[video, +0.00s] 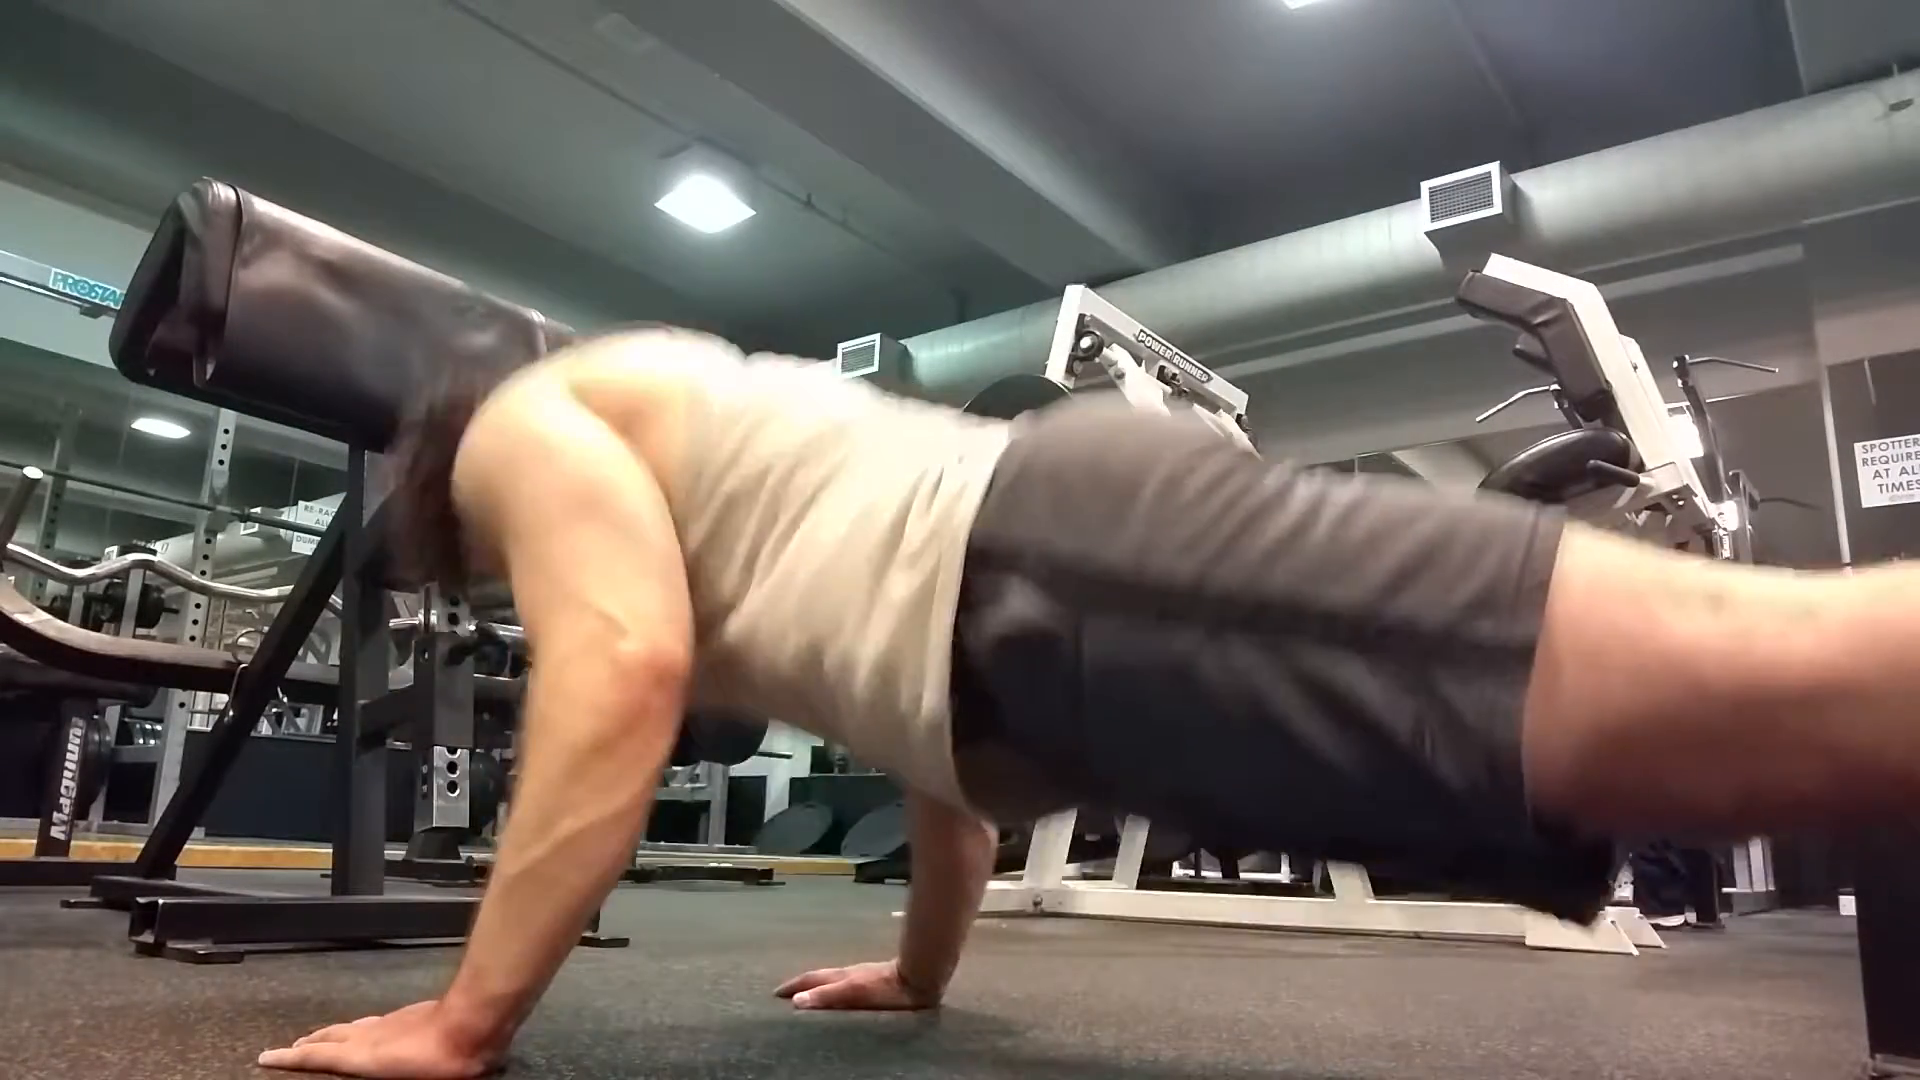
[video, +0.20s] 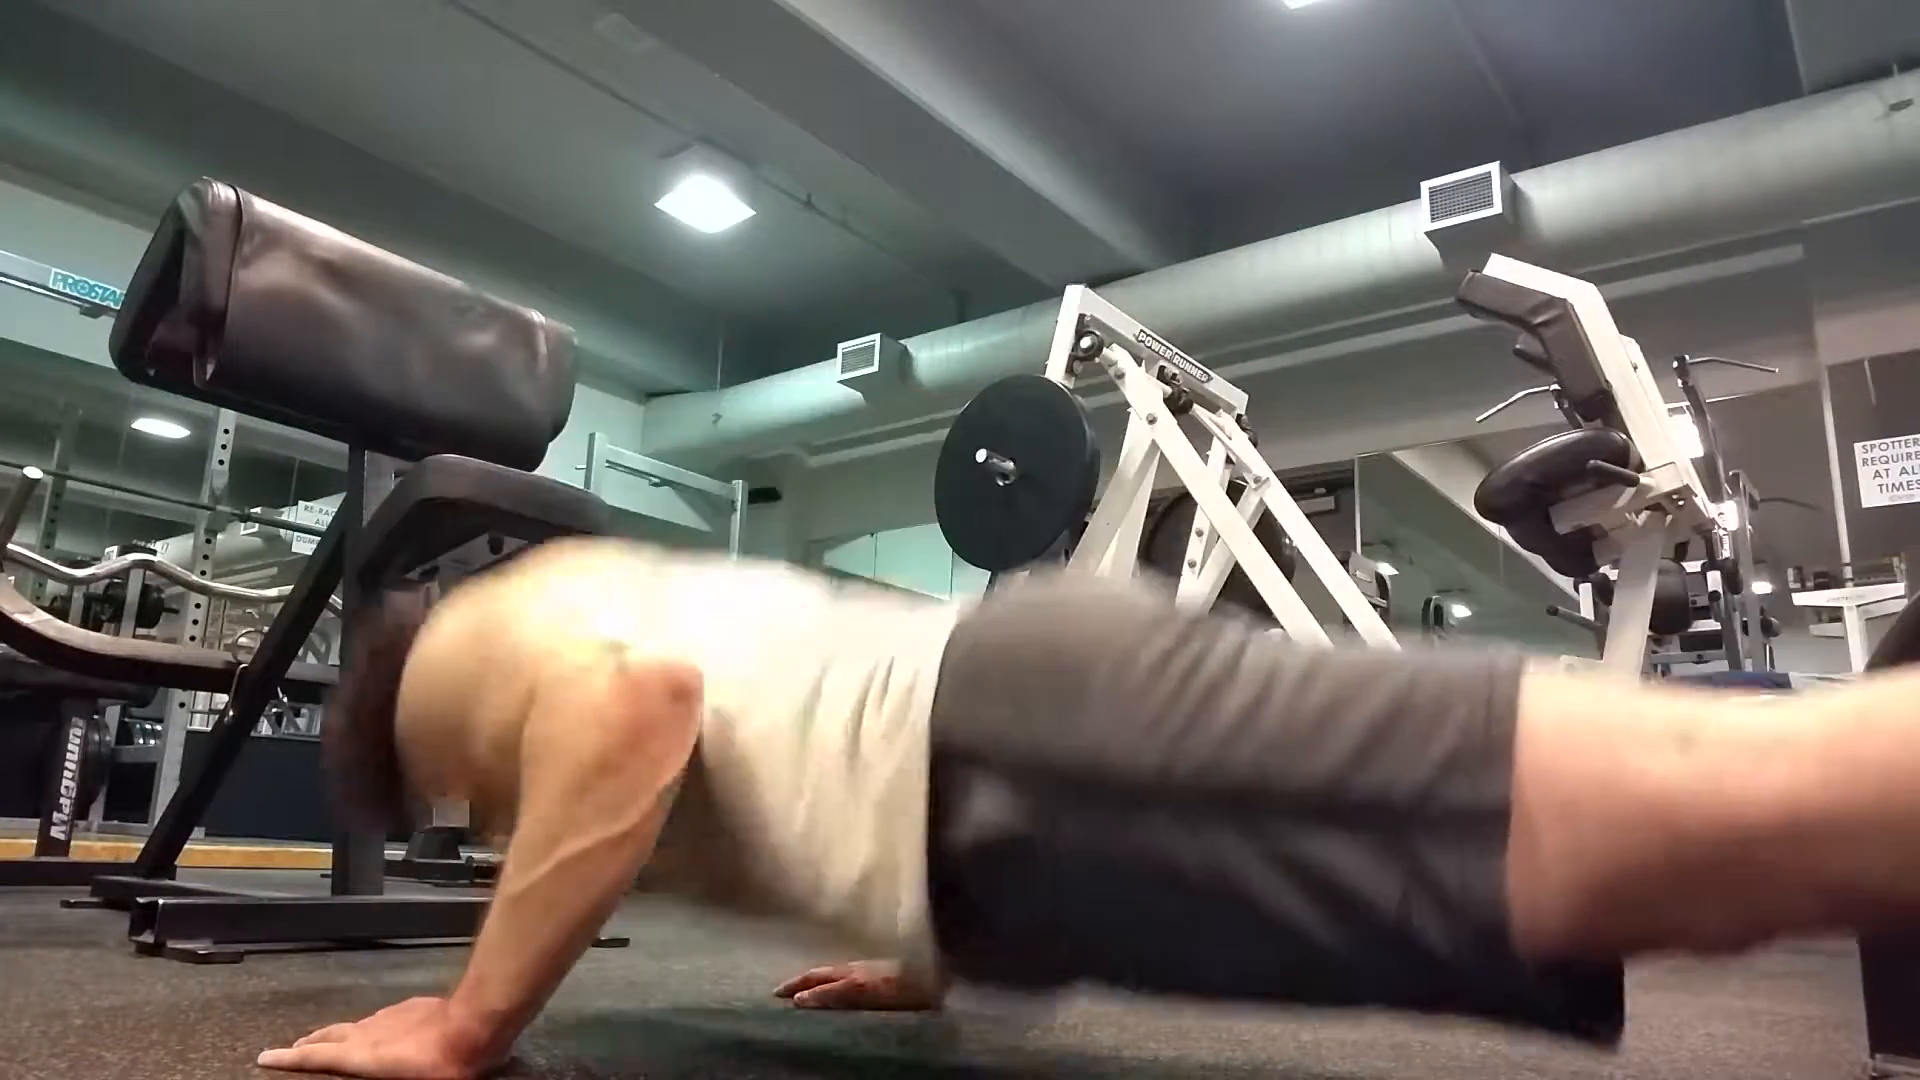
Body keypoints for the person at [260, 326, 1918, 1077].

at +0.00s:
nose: (407, 555)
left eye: (396, 513)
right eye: (395, 535)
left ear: (418, 429)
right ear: (523, 415)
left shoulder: (530, 413)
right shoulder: (712, 440)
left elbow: (619, 660)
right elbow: (941, 706)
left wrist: (463, 1021)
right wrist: (921, 969)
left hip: (1060, 559)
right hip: (1068, 610)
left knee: (1784, 692)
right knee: (1761, 734)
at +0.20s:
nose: (428, 804)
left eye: (404, 775)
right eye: (415, 794)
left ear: (401, 672)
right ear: (500, 587)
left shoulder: (452, 645)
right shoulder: (647, 604)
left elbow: (636, 710)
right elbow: (888, 716)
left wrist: (460, 1021)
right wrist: (920, 953)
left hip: (1006, 757)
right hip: (1026, 754)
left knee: (1677, 836)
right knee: (1676, 828)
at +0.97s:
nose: (409, 713)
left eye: (395, 676)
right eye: (399, 696)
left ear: (401, 601)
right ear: (506, 528)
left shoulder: (476, 589)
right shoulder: (655, 557)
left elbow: (639, 704)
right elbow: (903, 696)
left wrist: (465, 1023)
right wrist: (933, 957)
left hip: (1013, 726)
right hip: (1035, 701)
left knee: (1713, 808)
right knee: (1700, 810)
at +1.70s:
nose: (424, 588)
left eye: (407, 551)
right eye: (408, 576)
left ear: (431, 449)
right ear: (543, 401)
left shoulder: (532, 450)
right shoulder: (721, 466)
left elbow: (625, 664)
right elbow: (968, 726)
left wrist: (469, 1013)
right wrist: (926, 973)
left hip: (1039, 600)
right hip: (1056, 638)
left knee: (1748, 727)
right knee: (1731, 760)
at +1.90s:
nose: (412, 819)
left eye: (393, 795)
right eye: (404, 807)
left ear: (395, 700)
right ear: (495, 618)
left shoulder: (451, 685)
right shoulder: (608, 666)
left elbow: (633, 699)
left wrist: (462, 1014)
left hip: (995, 806)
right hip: (1005, 846)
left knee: (1723, 859)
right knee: (1712, 857)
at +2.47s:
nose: (458, 384)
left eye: (454, 355)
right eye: (457, 370)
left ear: (497, 315)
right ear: (612, 297)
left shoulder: (549, 362)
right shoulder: (765, 388)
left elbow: (613, 653)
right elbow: (917, 694)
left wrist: (497, 1010)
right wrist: (921, 962)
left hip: (1054, 532)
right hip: (1076, 597)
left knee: (1736, 685)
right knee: (1729, 710)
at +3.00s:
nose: (413, 783)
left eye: (395, 745)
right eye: (409, 770)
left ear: (413, 641)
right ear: (515, 591)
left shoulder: (449, 669)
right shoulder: (643, 631)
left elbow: (621, 692)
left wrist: (494, 1019)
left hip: (991, 789)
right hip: (1008, 819)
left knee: (1706, 853)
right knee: (1687, 861)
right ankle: (1870, 929)